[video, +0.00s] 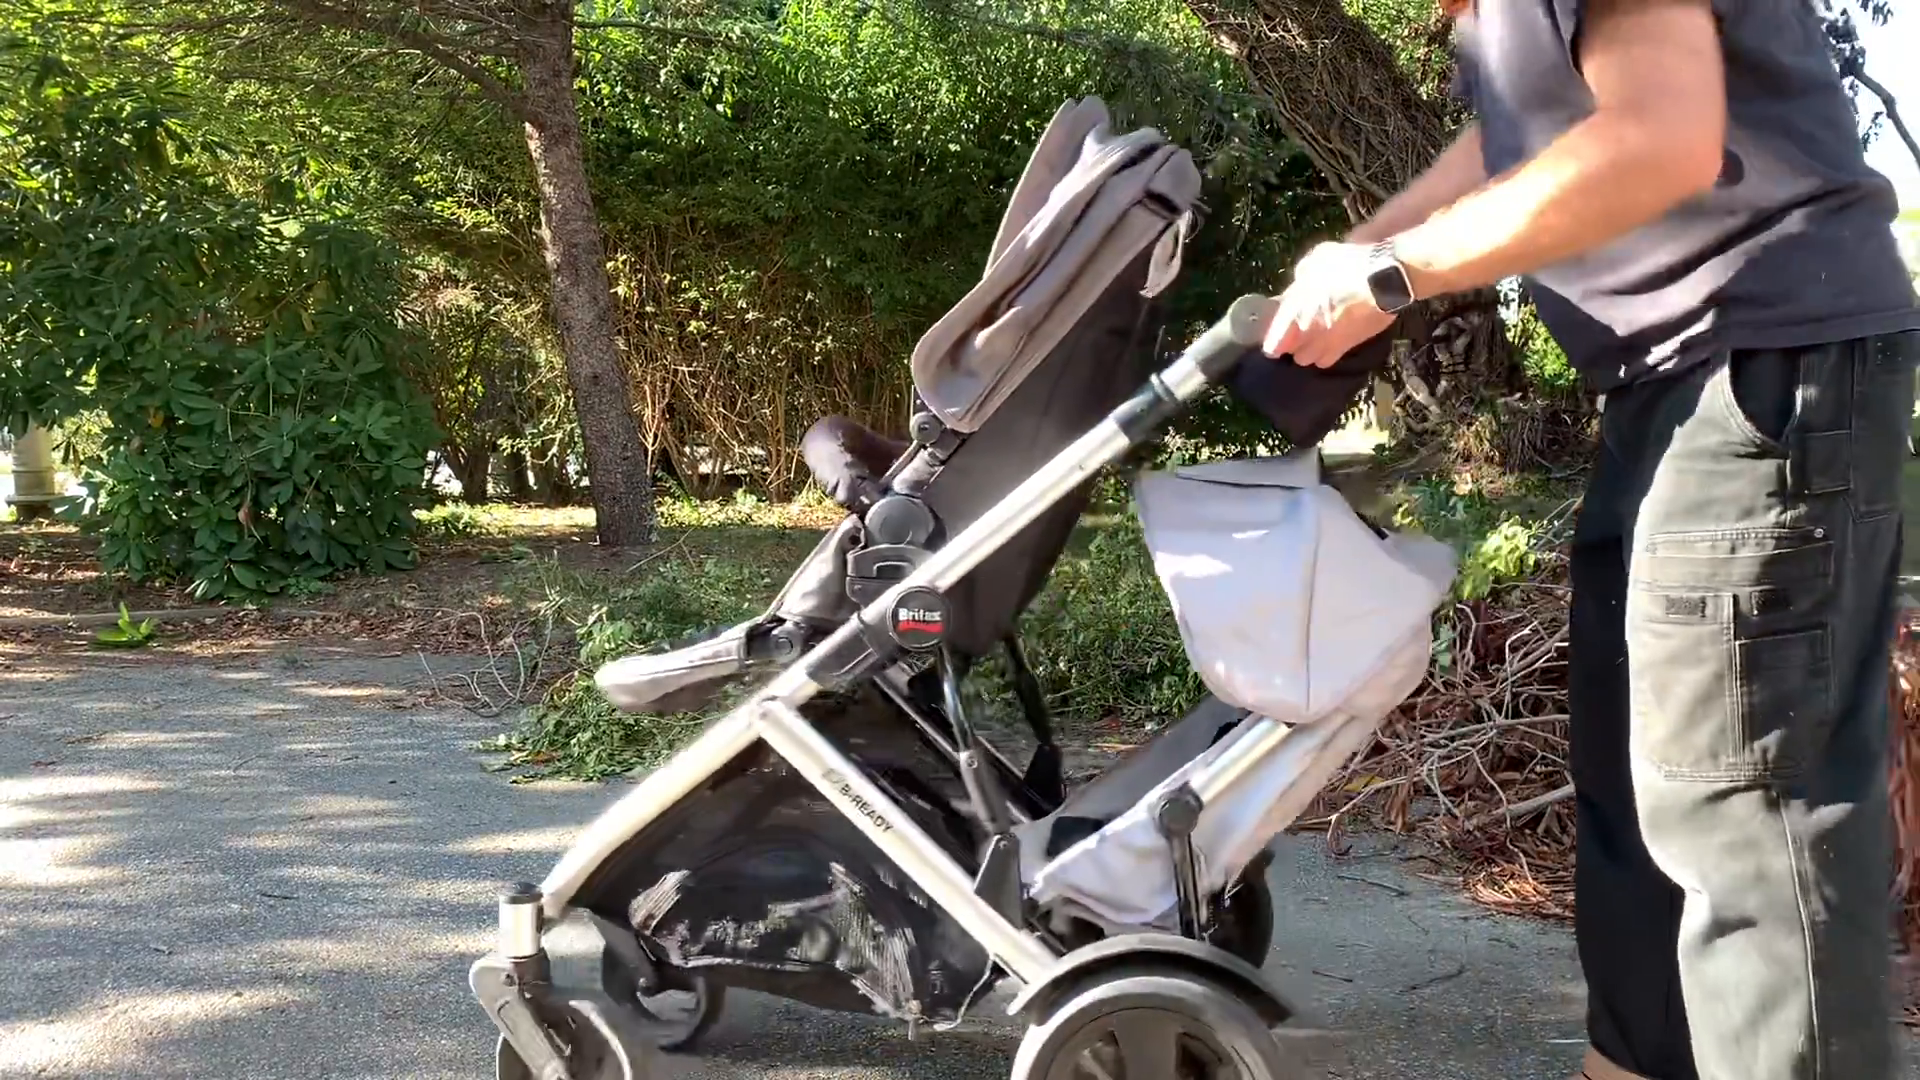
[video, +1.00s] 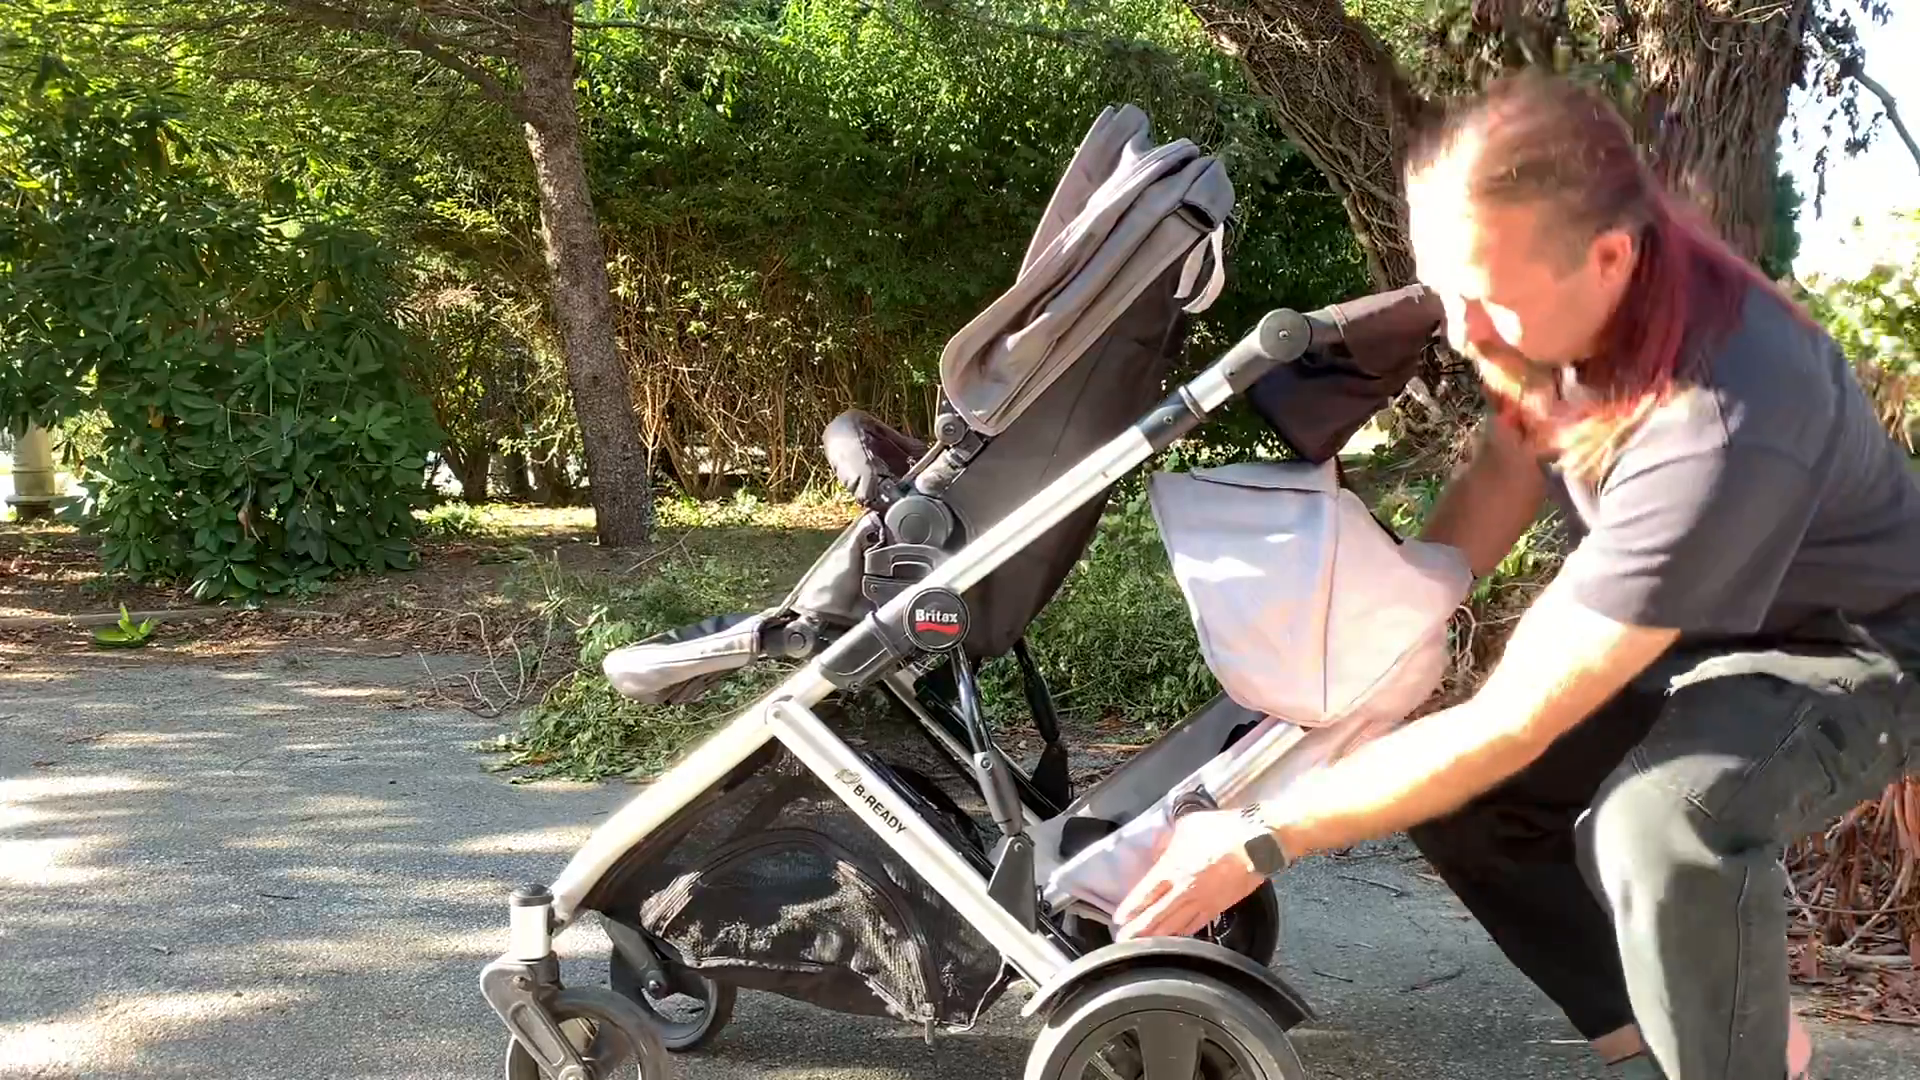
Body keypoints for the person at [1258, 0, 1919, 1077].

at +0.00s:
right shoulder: (1525, 9)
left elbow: (1663, 139)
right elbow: (1526, 126)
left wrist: (1396, 275)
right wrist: (1367, 252)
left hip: (1779, 354)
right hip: (1665, 365)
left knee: (1749, 795)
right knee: (1636, 776)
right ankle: (1640, 1048)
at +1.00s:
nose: (1462, 329)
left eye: (1488, 303)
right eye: (1451, 297)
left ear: (1609, 264)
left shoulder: (1727, 420)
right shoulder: (1577, 311)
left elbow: (1506, 729)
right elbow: (1509, 460)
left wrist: (1262, 846)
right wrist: (1372, 657)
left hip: (1861, 646)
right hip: (1698, 621)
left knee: (1663, 821)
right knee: (1461, 792)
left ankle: (1737, 1053)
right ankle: (1680, 1031)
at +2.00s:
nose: (1422, 564)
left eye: (1453, 537)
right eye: (1409, 532)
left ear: (1563, 518)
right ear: (1397, 492)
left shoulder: (1687, 608)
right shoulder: (1533, 539)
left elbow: (1462, 852)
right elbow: (1373, 722)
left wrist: (1200, 924)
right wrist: (1181, 842)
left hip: (1881, 843)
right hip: (1718, 781)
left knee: (1631, 833)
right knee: (1413, 798)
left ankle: (1728, 1062)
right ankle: (1646, 1021)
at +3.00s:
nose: (1435, 519)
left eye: (1465, 493)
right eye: (1425, 484)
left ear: (1576, 478)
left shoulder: (1704, 584)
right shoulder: (1547, 526)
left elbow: (1546, 867)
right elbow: (1417, 680)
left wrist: (1289, 919)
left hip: (1881, 845)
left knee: (1666, 827)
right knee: (1392, 833)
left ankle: (1722, 1060)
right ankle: (1649, 1038)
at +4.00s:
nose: (1488, 505)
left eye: (1521, 485)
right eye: (1485, 471)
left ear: (1639, 483)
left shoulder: (1751, 627)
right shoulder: (1615, 515)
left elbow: (1560, 849)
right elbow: (1522, 664)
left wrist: (1322, 824)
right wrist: (1312, 624)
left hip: (1894, 874)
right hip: (1748, 804)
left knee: (1650, 836)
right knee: (1409, 808)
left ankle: (1725, 1070)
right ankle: (1667, 1025)